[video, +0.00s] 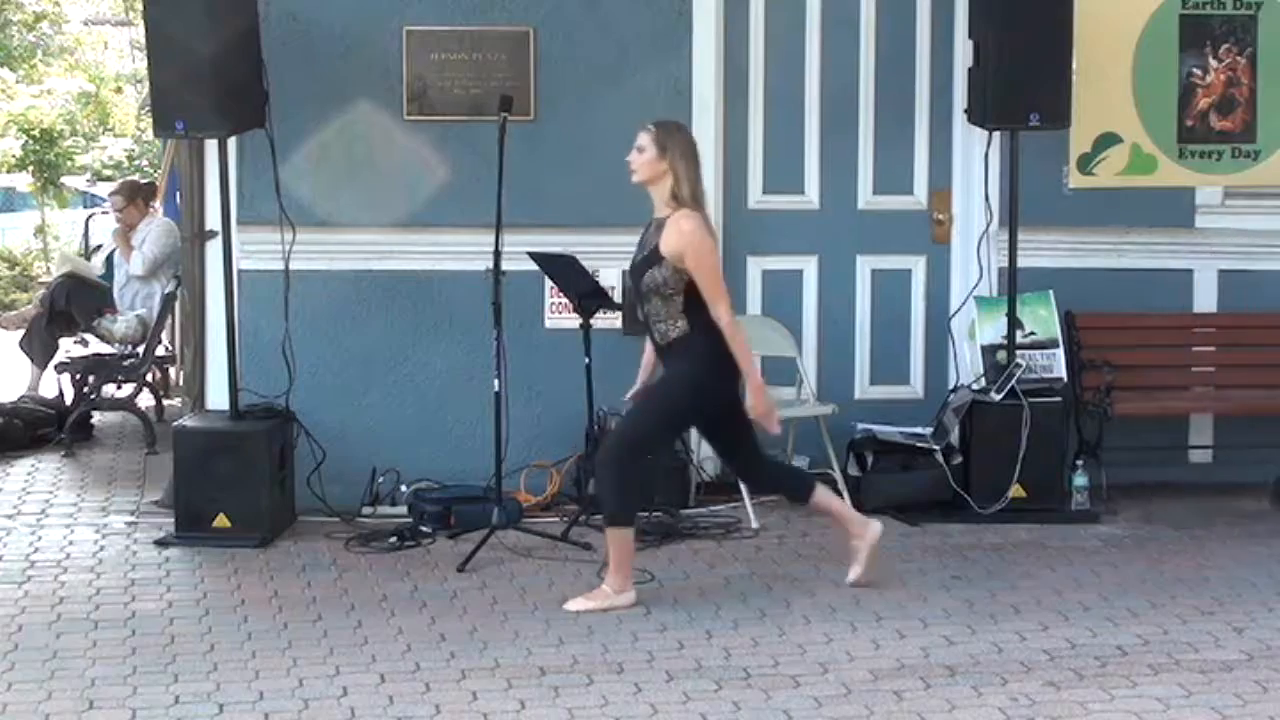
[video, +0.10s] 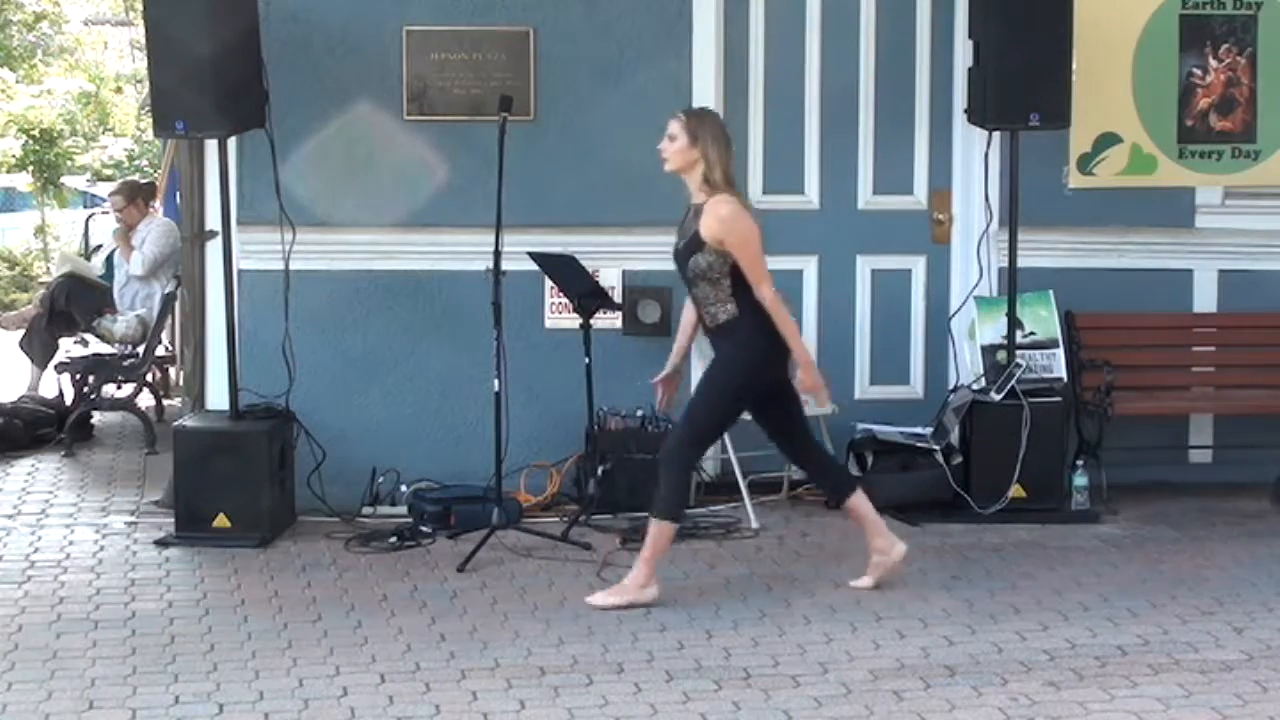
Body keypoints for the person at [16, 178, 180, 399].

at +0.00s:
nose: (117, 218)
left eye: (120, 211)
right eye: (114, 212)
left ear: (140, 205)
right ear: (136, 206)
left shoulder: (164, 228)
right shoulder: (128, 234)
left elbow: (142, 267)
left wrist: (122, 243)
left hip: (139, 319)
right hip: (118, 313)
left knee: (69, 285)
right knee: (46, 320)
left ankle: (35, 310)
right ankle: (32, 390)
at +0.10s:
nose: (117, 218)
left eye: (120, 211)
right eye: (114, 212)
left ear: (140, 205)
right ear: (136, 206)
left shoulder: (164, 229)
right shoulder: (128, 234)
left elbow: (142, 267)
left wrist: (123, 244)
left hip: (140, 317)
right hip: (119, 311)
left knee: (68, 284)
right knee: (45, 320)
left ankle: (34, 310)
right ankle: (32, 389)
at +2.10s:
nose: (115, 220)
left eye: (117, 213)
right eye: (112, 215)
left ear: (136, 206)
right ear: (133, 207)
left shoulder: (162, 230)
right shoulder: (123, 234)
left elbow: (138, 268)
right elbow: (94, 270)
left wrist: (121, 243)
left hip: (137, 321)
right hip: (114, 312)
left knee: (67, 285)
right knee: (42, 322)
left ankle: (33, 311)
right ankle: (29, 391)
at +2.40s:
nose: (105, 219)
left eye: (107, 212)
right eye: (102, 214)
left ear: (125, 204)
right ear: (122, 206)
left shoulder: (150, 229)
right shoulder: (113, 233)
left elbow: (127, 268)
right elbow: (84, 269)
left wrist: (110, 242)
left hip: (127, 317)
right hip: (105, 309)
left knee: (55, 283)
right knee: (33, 320)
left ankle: (25, 310)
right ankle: (18, 388)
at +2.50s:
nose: (89, 220)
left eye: (92, 213)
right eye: (86, 215)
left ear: (110, 204)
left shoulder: (135, 230)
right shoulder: (98, 235)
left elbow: (112, 269)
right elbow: (68, 271)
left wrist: (94, 244)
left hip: (114, 317)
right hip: (91, 309)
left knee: (37, 286)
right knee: (14, 323)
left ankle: (16, 311)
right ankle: (8, 384)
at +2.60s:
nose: (75, 219)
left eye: (77, 213)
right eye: (72, 215)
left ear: (96, 204)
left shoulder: (121, 230)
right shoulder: (84, 233)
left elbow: (100, 269)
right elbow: (55, 270)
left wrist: (81, 245)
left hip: (101, 319)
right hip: (76, 310)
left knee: (25, 286)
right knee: (9, 323)